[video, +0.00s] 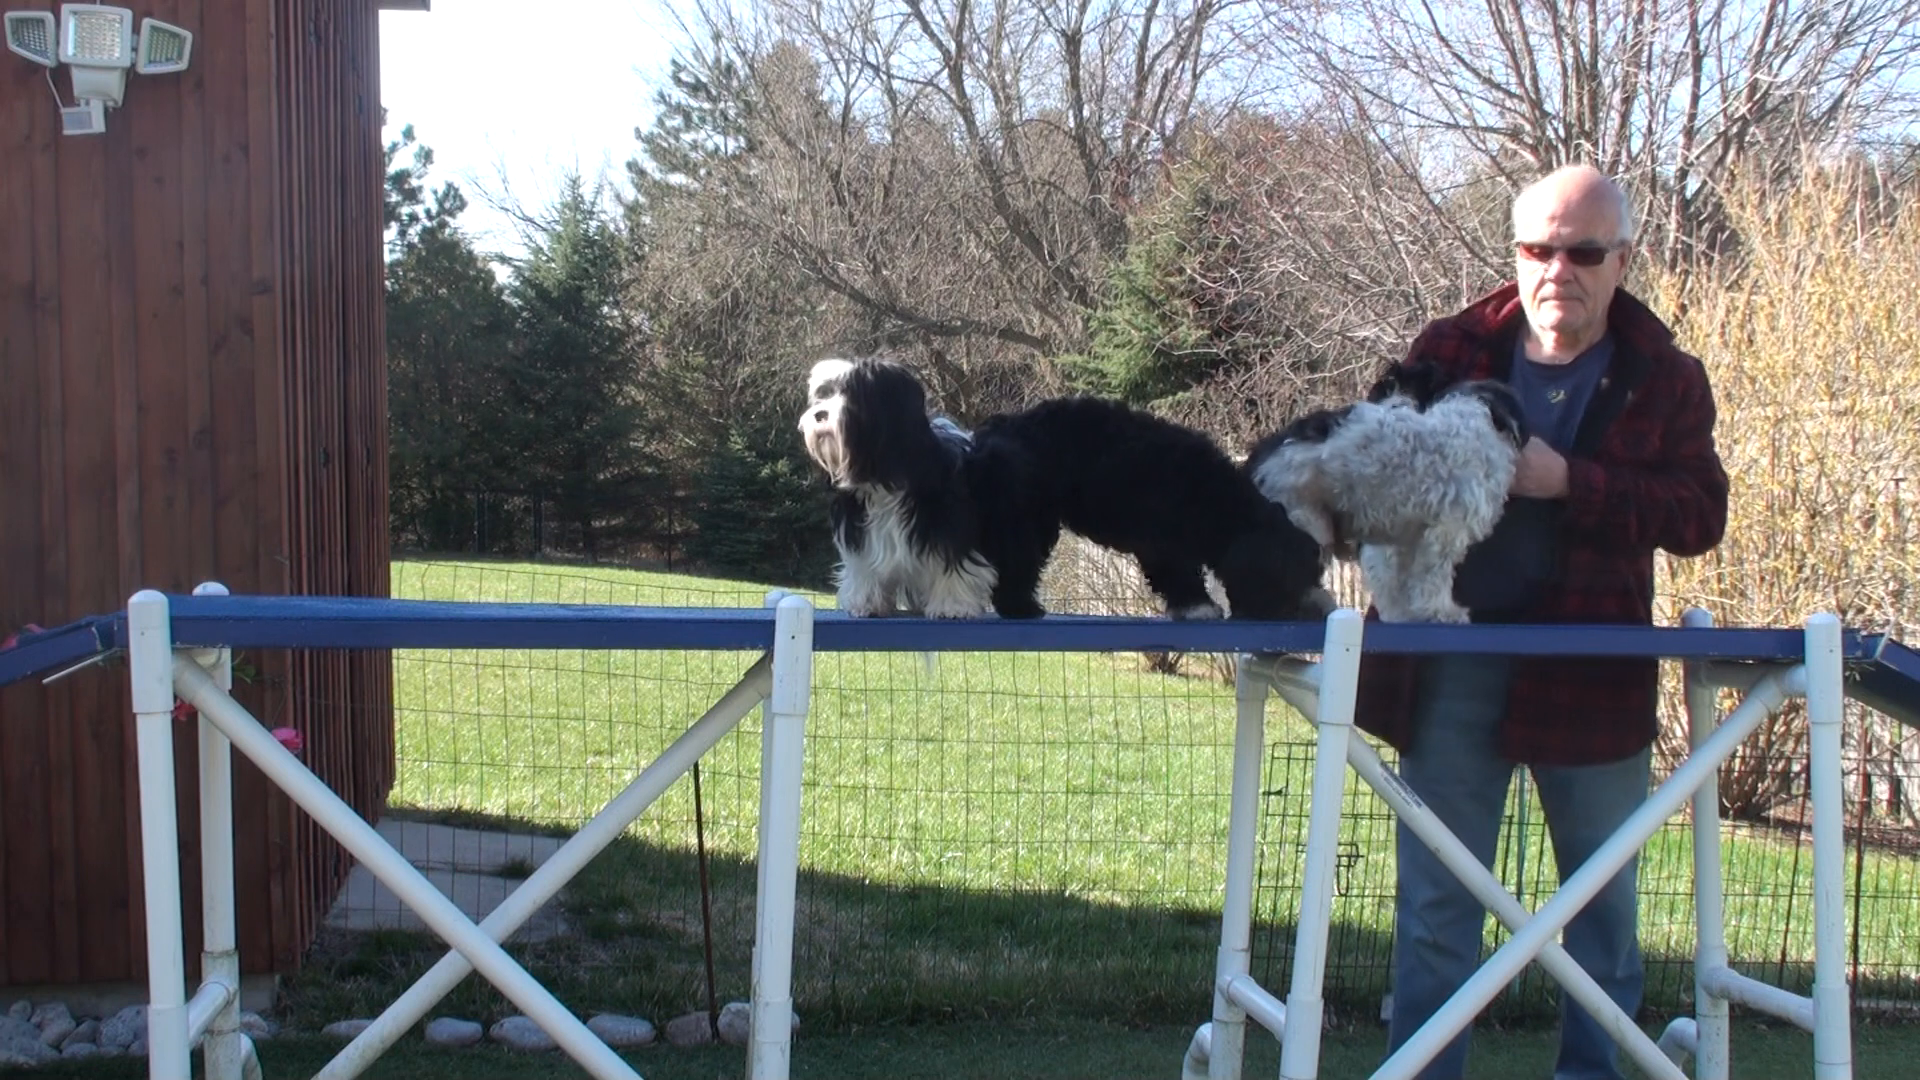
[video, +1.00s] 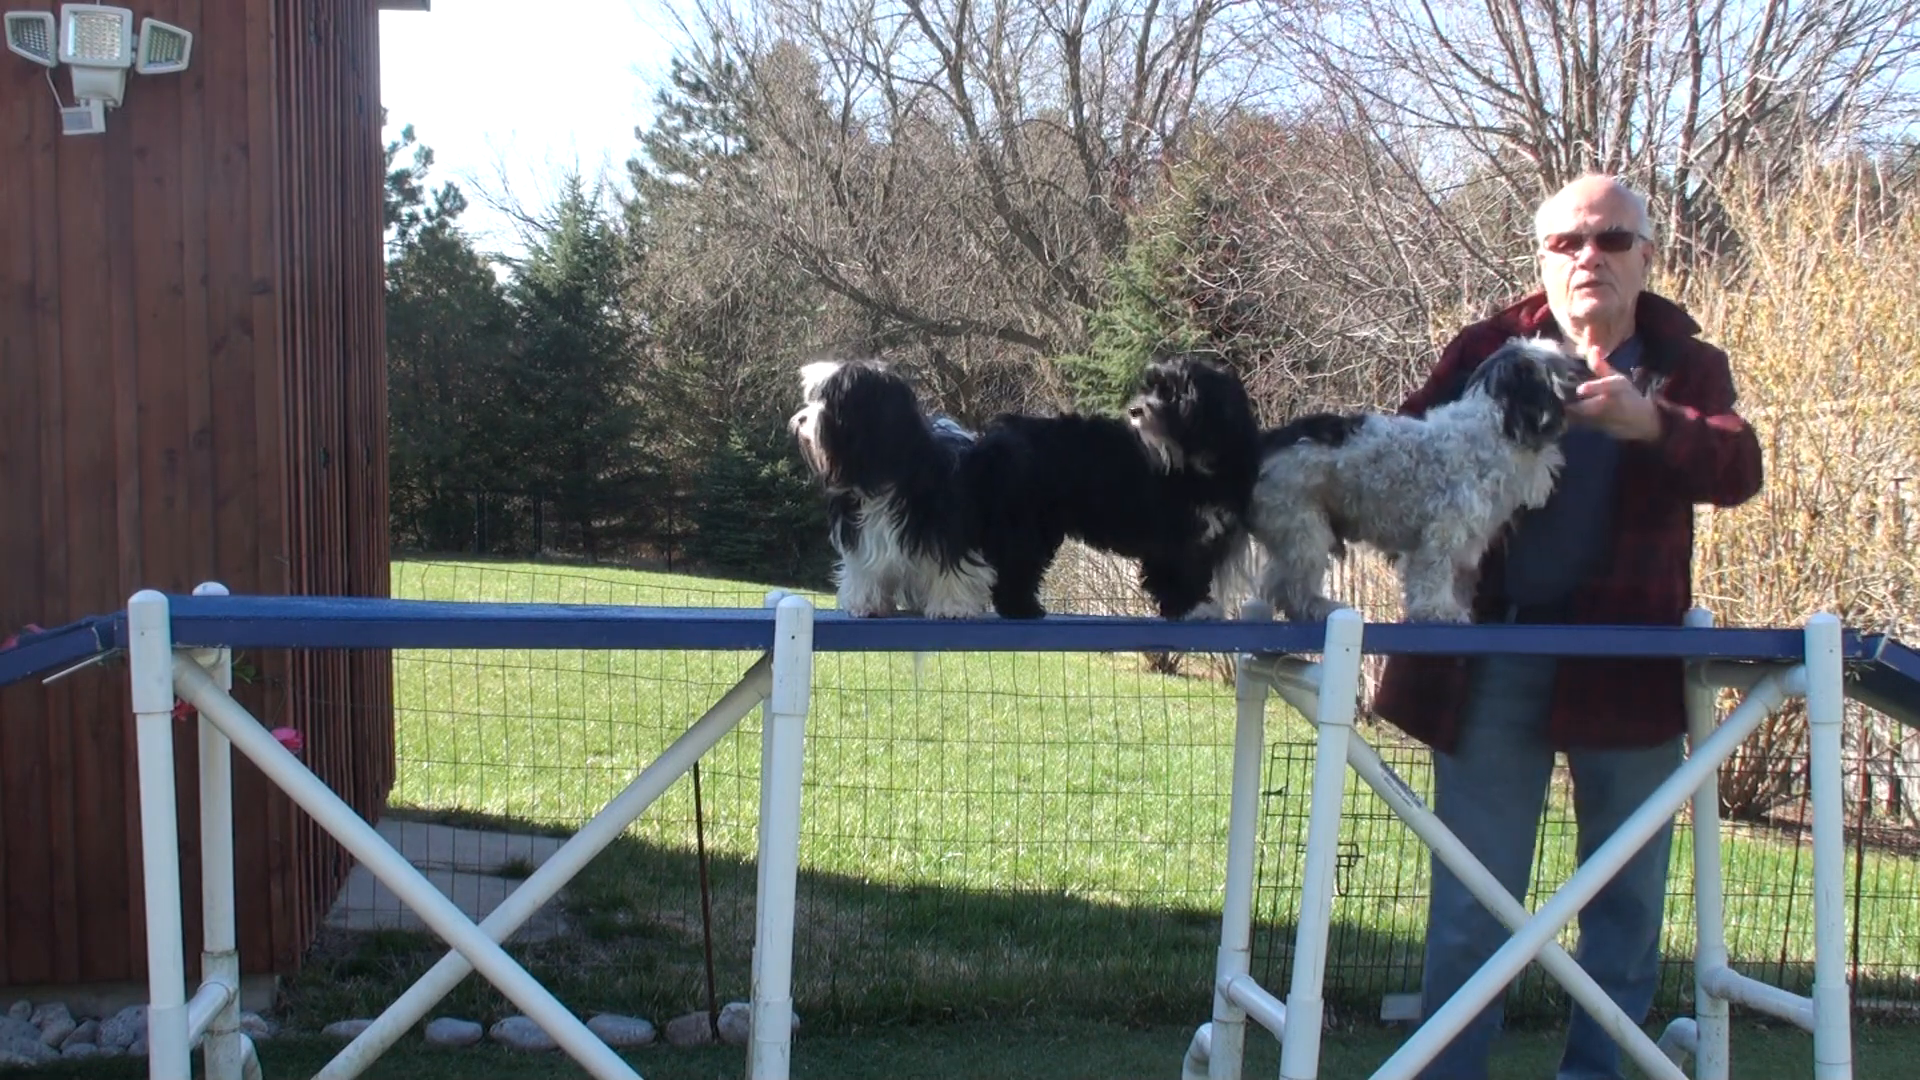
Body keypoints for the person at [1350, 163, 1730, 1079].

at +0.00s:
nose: (1557, 272)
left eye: (1583, 254)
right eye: (1539, 252)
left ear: (1622, 261)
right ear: (1514, 254)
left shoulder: (1664, 376)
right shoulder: (1450, 351)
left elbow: (1700, 513)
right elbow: (1361, 450)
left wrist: (1568, 478)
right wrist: (1339, 505)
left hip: (1593, 668)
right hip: (1456, 660)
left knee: (1603, 909)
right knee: (1435, 905)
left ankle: (1594, 1070)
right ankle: (1423, 1069)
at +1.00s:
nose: (1590, 256)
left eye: (1612, 240)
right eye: (1569, 241)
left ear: (1646, 254)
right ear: (1541, 258)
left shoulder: (1682, 355)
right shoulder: (1486, 350)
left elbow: (1741, 473)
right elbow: (1404, 454)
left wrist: (1655, 424)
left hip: (1631, 652)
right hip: (1496, 645)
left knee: (1627, 889)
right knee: (1473, 881)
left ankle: (1599, 1064)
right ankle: (1448, 1063)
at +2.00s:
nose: (1576, 260)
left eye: (1599, 241)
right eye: (1555, 244)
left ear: (1635, 246)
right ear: (1528, 253)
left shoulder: (1673, 345)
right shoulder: (1478, 352)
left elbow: (1717, 382)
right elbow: (1414, 471)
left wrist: (1662, 312)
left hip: (1640, 660)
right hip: (1504, 658)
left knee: (1655, 892)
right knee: (1502, 893)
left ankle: (1641, 1069)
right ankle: (1502, 1064)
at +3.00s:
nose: (1574, 257)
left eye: (1596, 238)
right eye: (1552, 243)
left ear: (1635, 250)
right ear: (1530, 259)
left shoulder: (1683, 350)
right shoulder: (1483, 353)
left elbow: (1720, 438)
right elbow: (1420, 457)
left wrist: (1619, 416)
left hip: (1633, 660)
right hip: (1498, 657)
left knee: (1644, 899)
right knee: (1494, 898)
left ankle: (1638, 1069)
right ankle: (1497, 1063)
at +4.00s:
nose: (1560, 263)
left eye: (1585, 244)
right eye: (1546, 246)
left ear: (1644, 253)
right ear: (1533, 259)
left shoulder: (1705, 372)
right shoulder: (1487, 350)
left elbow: (1739, 502)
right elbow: (1397, 457)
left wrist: (1626, 483)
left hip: (1635, 667)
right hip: (1496, 661)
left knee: (1644, 911)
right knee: (1491, 909)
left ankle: (1638, 1072)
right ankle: (1497, 1065)